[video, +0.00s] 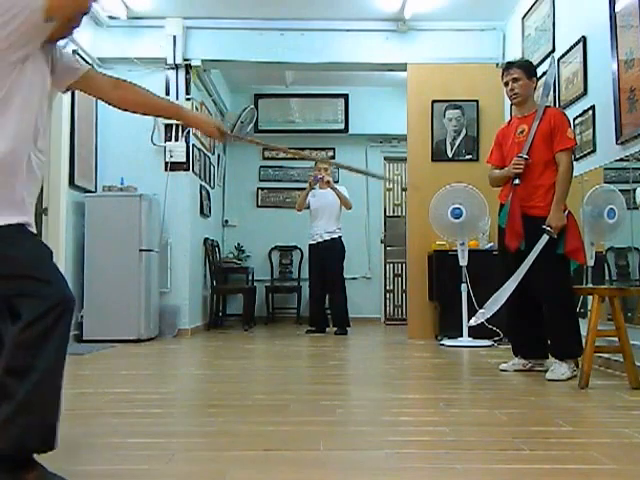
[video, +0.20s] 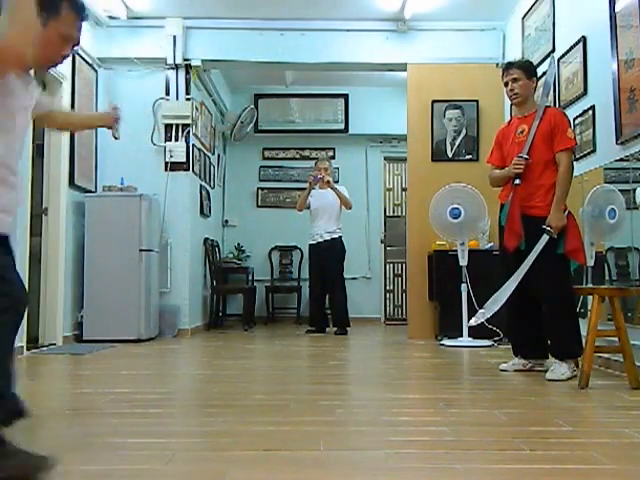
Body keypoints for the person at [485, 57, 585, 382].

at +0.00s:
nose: (511, 87)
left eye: (516, 80)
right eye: (506, 83)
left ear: (533, 83)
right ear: (504, 89)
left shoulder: (553, 117)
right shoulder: (504, 132)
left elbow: (565, 164)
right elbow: (493, 177)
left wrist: (557, 209)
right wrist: (508, 171)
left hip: (546, 214)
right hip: (513, 215)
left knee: (552, 284)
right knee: (519, 284)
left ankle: (565, 358)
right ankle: (529, 355)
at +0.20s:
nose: (511, 87)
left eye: (516, 80)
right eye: (506, 83)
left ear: (533, 83)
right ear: (505, 90)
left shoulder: (553, 117)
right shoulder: (504, 131)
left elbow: (565, 165)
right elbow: (493, 177)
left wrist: (558, 209)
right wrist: (508, 171)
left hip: (546, 214)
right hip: (513, 215)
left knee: (553, 284)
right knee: (519, 284)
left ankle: (565, 358)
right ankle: (530, 354)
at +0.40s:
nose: (510, 87)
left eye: (516, 81)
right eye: (506, 84)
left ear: (533, 83)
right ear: (505, 90)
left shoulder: (553, 117)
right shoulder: (505, 131)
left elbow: (565, 164)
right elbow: (493, 178)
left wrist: (558, 208)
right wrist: (508, 171)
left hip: (546, 214)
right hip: (513, 216)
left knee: (553, 284)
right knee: (519, 285)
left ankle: (565, 358)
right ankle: (529, 355)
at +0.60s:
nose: (510, 88)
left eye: (515, 81)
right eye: (506, 84)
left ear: (533, 83)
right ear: (505, 90)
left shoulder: (553, 117)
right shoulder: (505, 132)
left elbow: (565, 164)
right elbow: (493, 178)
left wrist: (557, 208)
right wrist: (508, 171)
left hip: (546, 214)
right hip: (513, 215)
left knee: (553, 284)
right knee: (519, 285)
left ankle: (565, 358)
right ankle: (529, 355)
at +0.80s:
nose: (509, 88)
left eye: (515, 81)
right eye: (506, 84)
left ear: (533, 83)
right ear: (505, 90)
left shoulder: (553, 116)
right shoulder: (504, 131)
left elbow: (565, 164)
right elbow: (493, 177)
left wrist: (557, 208)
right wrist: (508, 171)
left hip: (546, 214)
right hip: (513, 216)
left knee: (553, 284)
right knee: (520, 285)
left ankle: (565, 358)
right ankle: (529, 354)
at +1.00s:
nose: (509, 87)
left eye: (515, 80)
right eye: (506, 83)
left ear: (534, 82)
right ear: (505, 89)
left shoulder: (553, 117)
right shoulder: (504, 131)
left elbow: (565, 164)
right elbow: (493, 177)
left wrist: (557, 209)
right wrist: (508, 171)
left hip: (546, 214)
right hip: (513, 216)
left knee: (553, 284)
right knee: (519, 284)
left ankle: (565, 358)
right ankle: (529, 354)